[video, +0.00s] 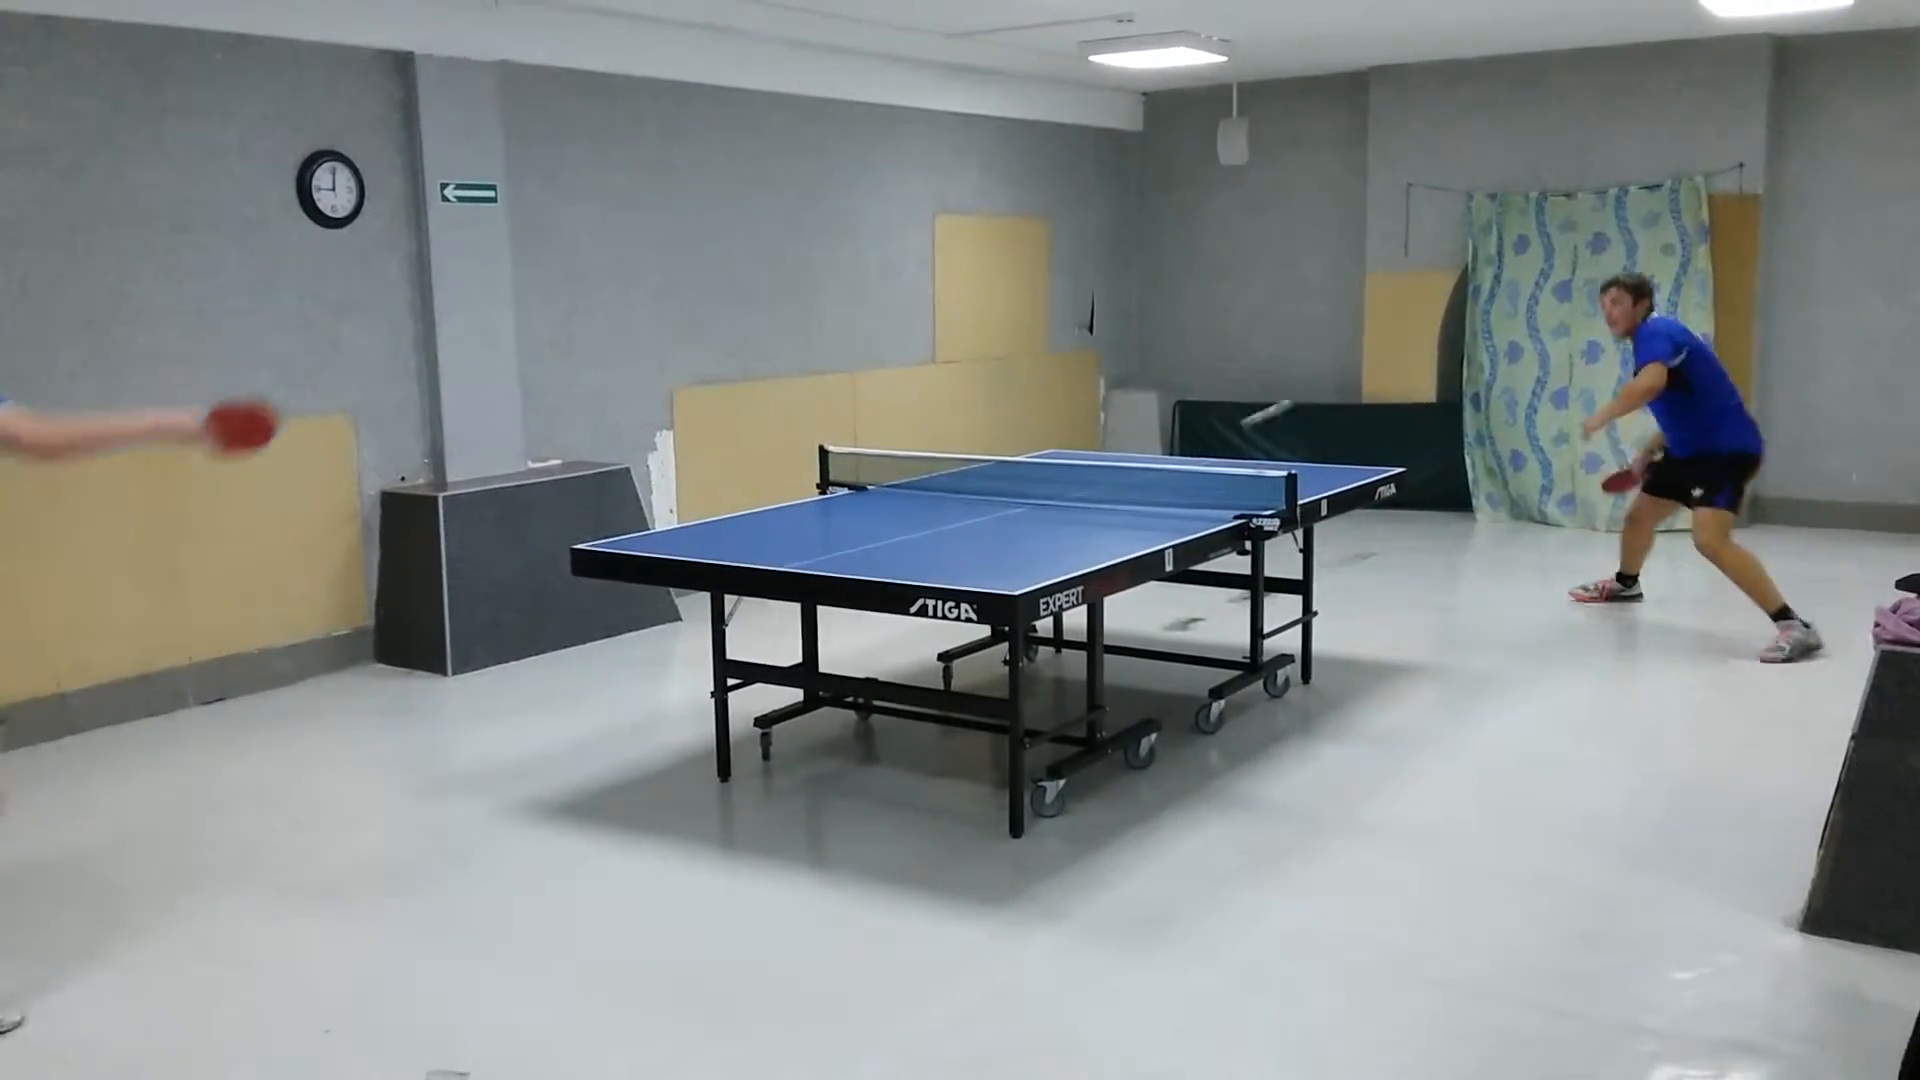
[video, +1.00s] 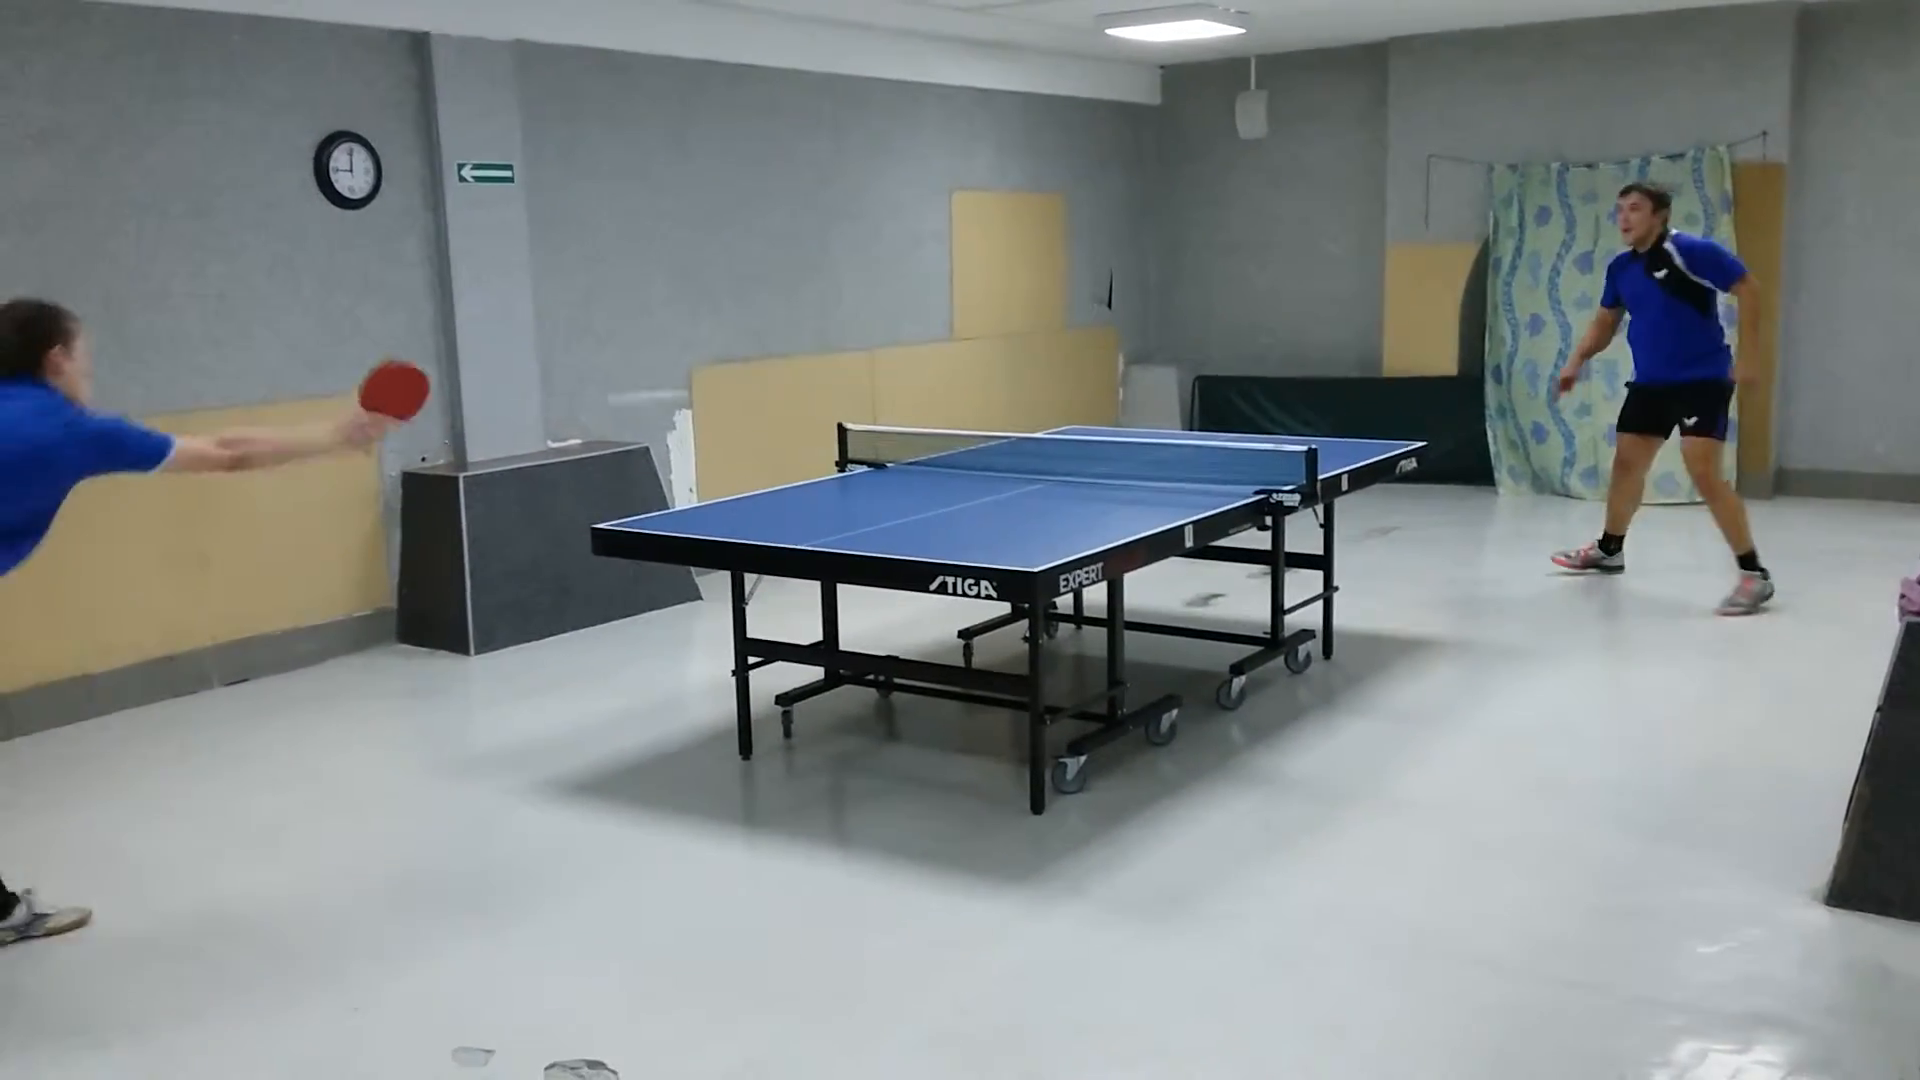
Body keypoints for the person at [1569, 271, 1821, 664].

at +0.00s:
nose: (1608, 312)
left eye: (1616, 303)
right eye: (1605, 305)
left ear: (1640, 305)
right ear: (1607, 310)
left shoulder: (1657, 331)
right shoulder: (1643, 345)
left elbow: (1651, 382)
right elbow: (1682, 413)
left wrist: (1603, 416)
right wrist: (1649, 452)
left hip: (1728, 449)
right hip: (1688, 450)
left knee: (1711, 540)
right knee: (1639, 516)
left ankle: (1793, 627)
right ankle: (1626, 584)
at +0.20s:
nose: (1650, 309)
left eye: (1658, 300)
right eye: (1648, 301)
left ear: (1686, 301)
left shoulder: (1714, 328)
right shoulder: (1679, 359)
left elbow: (1760, 373)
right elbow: (1652, 412)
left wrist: (1709, 400)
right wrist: (1601, 389)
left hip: (1771, 457)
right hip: (1722, 456)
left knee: (1727, 535)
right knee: (1687, 523)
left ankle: (1805, 619)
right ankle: (1652, 580)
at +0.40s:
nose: (1680, 289)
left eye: (1690, 282)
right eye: (1677, 283)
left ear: (1720, 289)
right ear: (1675, 291)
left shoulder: (1762, 324)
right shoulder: (1678, 340)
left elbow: (1828, 362)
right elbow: (1656, 386)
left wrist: (1802, 407)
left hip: (1776, 436)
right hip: (1721, 439)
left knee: (1743, 515)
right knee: (1684, 515)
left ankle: (1805, 612)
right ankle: (1657, 573)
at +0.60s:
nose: (1695, 285)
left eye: (1706, 277)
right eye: (1691, 277)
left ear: (1732, 284)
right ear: (1686, 283)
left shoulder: (1774, 322)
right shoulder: (1676, 336)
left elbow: (1822, 367)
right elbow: (1695, 402)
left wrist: (1852, 424)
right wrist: (1753, 412)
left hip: (1758, 436)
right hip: (1701, 433)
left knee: (1738, 513)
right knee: (1652, 516)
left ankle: (1809, 609)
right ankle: (1630, 565)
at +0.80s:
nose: (1659, 254)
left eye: (1670, 246)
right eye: (1655, 246)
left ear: (1693, 253)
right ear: (1650, 253)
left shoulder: (1732, 296)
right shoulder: (1638, 308)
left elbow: (1782, 337)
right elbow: (1614, 370)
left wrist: (1818, 392)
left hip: (1720, 423)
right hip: (1660, 423)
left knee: (1739, 509)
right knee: (1623, 502)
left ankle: (1801, 601)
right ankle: (1599, 564)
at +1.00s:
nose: (1624, 218)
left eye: (1634, 209)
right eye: (1621, 211)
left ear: (1659, 216)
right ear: (1619, 218)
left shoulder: (1693, 252)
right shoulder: (1620, 268)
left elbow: (1747, 288)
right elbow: (1605, 322)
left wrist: (1747, 358)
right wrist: (1576, 362)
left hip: (1703, 380)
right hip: (1650, 384)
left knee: (1703, 471)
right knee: (1626, 464)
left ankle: (1754, 574)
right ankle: (1608, 550)